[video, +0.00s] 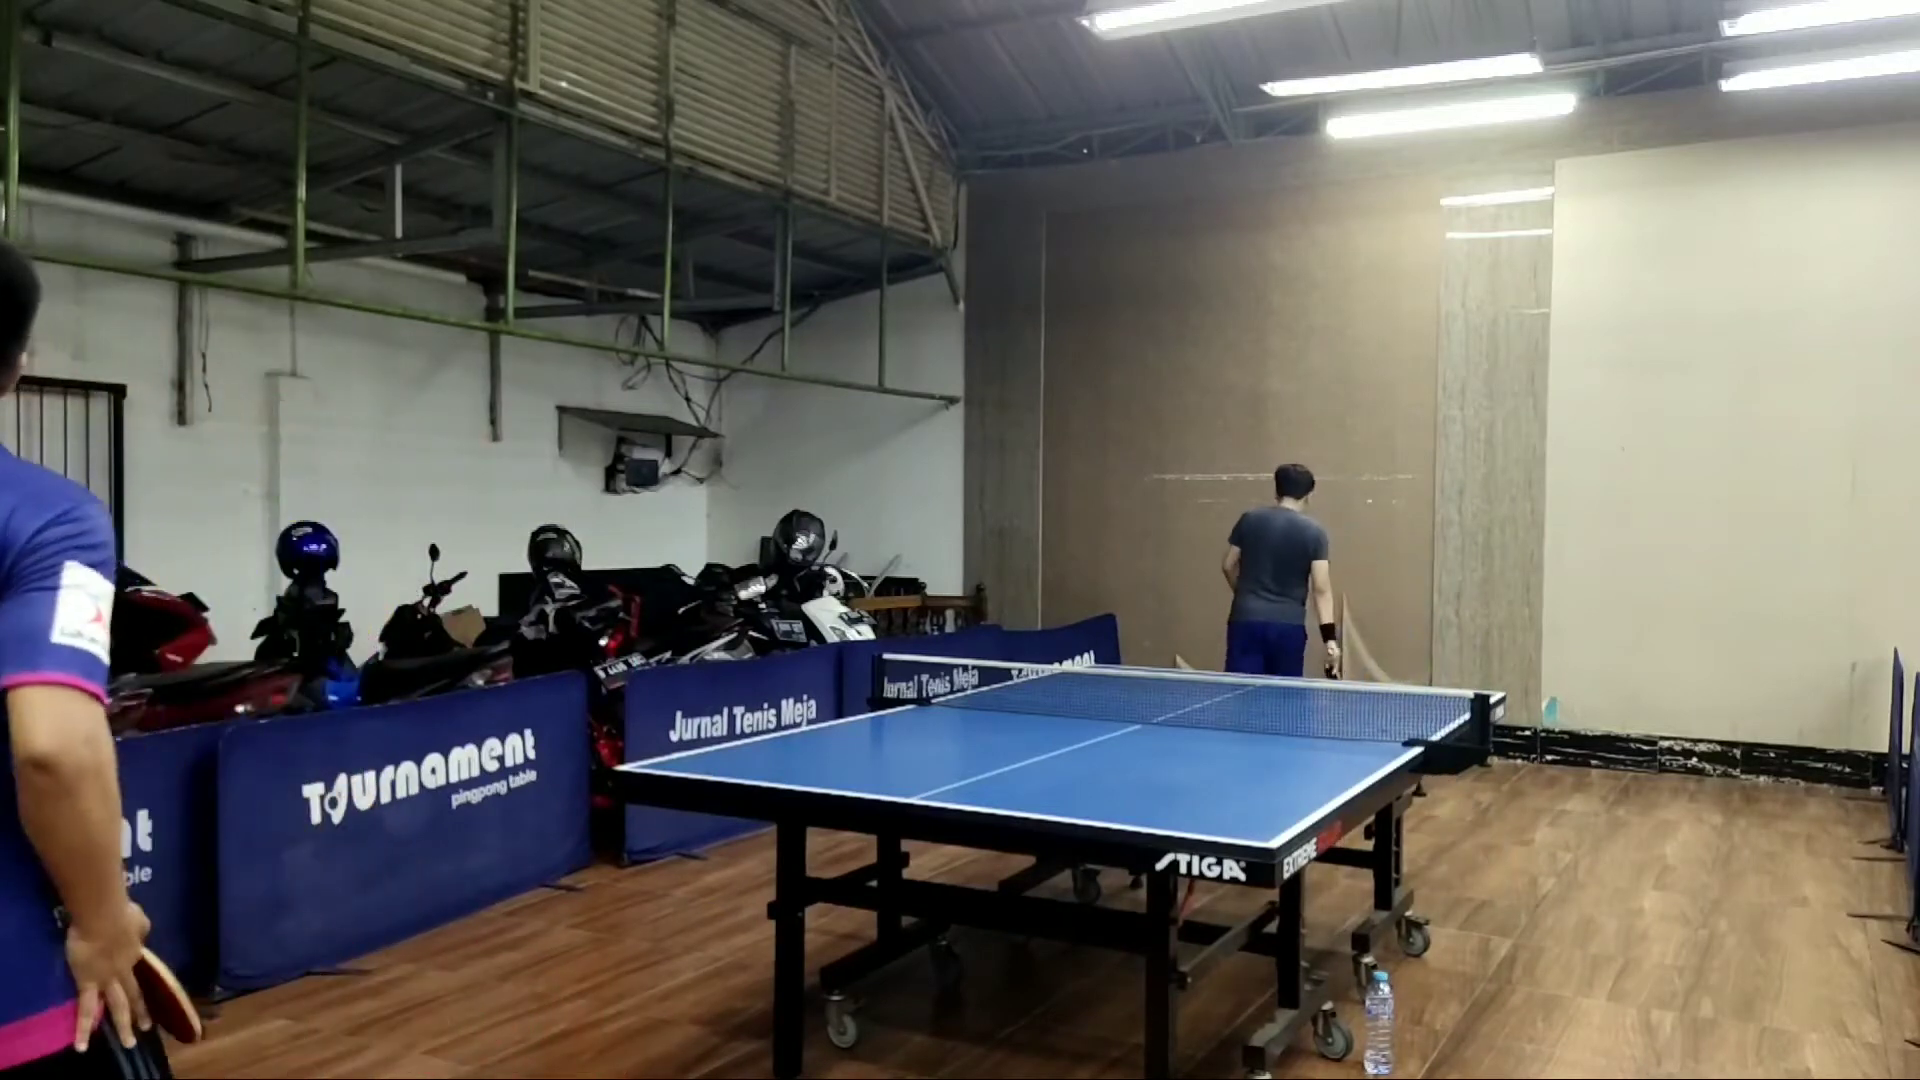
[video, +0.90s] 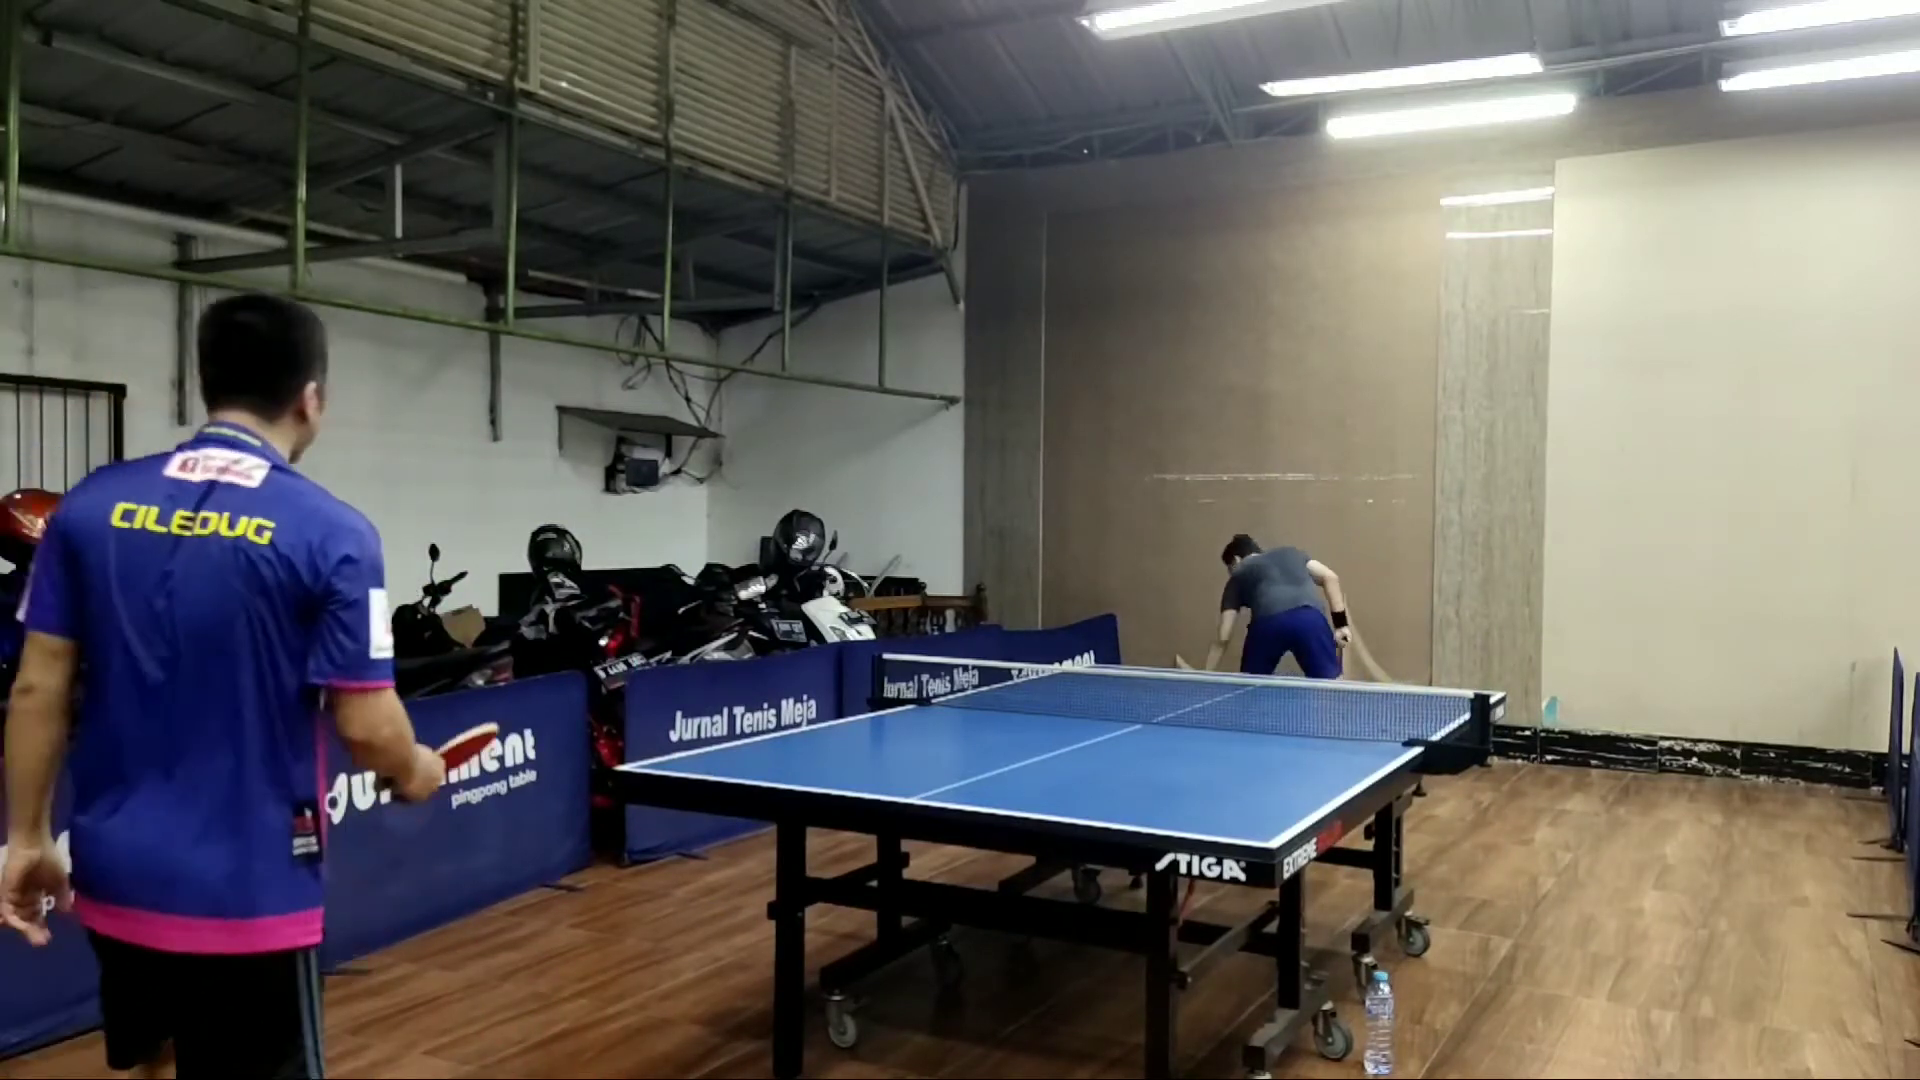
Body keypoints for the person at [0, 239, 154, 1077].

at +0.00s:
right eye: (26, 358)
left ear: (18, 363)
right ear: (18, 365)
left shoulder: (52, 515)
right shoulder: (48, 512)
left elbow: (52, 743)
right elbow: (50, 743)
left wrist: (101, 920)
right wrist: (103, 919)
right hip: (20, 1021)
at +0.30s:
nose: (78, 389)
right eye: (80, 371)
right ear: (68, 390)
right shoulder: (89, 546)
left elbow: (98, 783)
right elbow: (98, 782)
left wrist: (133, 949)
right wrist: (137, 948)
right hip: (34, 1010)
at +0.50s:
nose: (39, 379)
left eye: (45, 364)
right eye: (47, 362)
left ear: (61, 375)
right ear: (177, 415)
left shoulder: (5, 491)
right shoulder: (199, 570)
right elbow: (202, 796)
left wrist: (225, 950)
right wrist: (229, 951)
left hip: (6, 966)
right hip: (123, 981)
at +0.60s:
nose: (88, 378)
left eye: (94, 364)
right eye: (92, 362)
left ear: (114, 372)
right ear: (217, 411)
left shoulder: (9, 486)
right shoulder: (250, 559)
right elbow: (253, 774)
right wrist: (279, 914)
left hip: (8, 934)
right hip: (158, 952)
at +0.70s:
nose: (124, 378)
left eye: (129, 364)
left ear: (147, 370)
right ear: (248, 411)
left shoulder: (21, 493)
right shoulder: (284, 547)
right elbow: (301, 754)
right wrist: (330, 865)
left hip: (30, 911)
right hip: (195, 925)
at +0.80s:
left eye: (165, 362)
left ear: (167, 374)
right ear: (286, 403)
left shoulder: (54, 497)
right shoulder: (313, 539)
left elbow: (11, 687)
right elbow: (340, 734)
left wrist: (8, 828)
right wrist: (375, 806)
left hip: (72, 896)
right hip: (223, 912)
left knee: (109, 1063)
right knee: (243, 1064)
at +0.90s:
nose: (324, 409)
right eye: (325, 391)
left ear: (208, 385)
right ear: (309, 398)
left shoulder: (94, 501)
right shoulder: (332, 534)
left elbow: (39, 687)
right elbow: (368, 725)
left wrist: (27, 836)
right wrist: (415, 770)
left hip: (115, 881)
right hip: (250, 899)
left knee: (145, 1061)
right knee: (267, 1063)